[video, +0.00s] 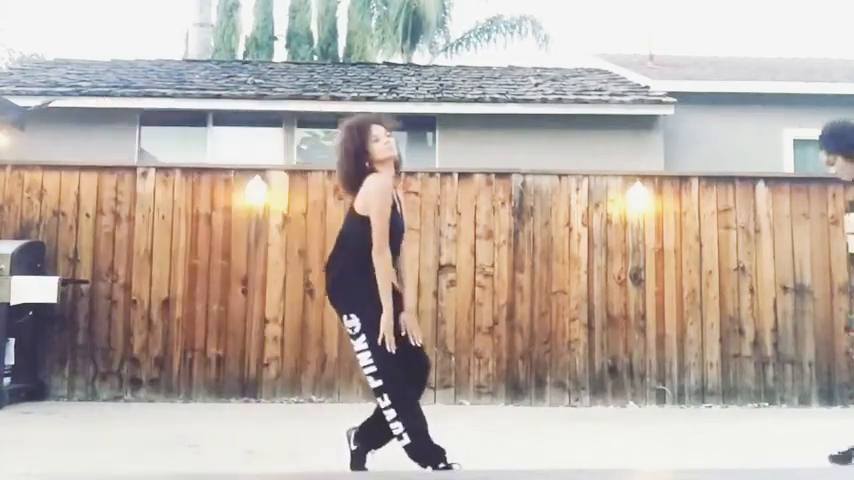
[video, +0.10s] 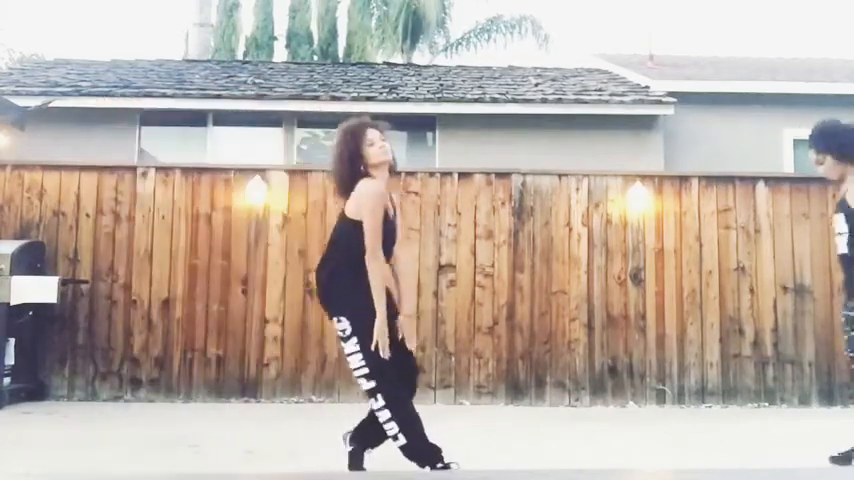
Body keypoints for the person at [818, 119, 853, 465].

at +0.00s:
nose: (831, 169)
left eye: (832, 161)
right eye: (828, 162)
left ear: (847, 155)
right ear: (843, 157)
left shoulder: (851, 196)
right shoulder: (849, 196)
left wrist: (849, 231)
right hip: (851, 298)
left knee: (851, 366)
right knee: (851, 364)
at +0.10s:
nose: (817, 166)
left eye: (820, 159)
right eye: (816, 159)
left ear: (840, 154)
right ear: (836, 156)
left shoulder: (849, 199)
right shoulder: (842, 198)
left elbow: (848, 268)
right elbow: (847, 266)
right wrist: (848, 324)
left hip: (851, 305)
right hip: (849, 303)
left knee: (852, 371)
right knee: (851, 369)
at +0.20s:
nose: (806, 167)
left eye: (808, 159)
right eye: (804, 161)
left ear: (826, 153)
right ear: (825, 155)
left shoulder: (847, 185)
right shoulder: (833, 187)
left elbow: (849, 248)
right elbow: (838, 247)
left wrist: (851, 296)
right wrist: (839, 294)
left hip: (849, 295)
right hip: (840, 294)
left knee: (851, 363)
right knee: (850, 362)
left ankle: (853, 446)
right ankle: (853, 445)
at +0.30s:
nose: (789, 166)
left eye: (792, 158)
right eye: (789, 159)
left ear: (811, 156)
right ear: (807, 156)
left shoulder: (839, 183)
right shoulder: (815, 190)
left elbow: (851, 246)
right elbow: (825, 249)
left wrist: (850, 297)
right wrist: (826, 298)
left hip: (845, 302)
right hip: (832, 302)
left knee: (840, 366)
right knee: (839, 368)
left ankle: (852, 446)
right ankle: (851, 445)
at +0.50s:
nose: (756, 161)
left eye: (762, 154)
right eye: (754, 155)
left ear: (785, 154)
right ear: (757, 158)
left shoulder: (813, 186)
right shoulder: (763, 196)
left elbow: (832, 235)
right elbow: (756, 256)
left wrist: (843, 276)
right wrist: (735, 307)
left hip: (819, 296)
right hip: (791, 301)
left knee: (793, 360)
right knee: (828, 374)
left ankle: (798, 448)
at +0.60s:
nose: (745, 158)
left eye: (753, 151)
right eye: (741, 152)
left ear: (772, 153)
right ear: (738, 157)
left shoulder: (793, 189)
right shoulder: (740, 202)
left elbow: (809, 240)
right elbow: (727, 258)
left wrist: (836, 238)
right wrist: (703, 303)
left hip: (792, 297)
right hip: (760, 301)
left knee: (770, 368)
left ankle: (792, 449)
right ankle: (819, 417)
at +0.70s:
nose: (729, 153)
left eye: (737, 147)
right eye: (723, 148)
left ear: (754, 154)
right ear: (717, 156)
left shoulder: (766, 190)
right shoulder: (708, 200)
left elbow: (790, 227)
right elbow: (693, 253)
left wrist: (793, 186)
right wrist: (676, 298)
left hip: (765, 302)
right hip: (728, 303)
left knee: (758, 371)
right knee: (694, 356)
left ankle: (788, 447)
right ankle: (721, 426)